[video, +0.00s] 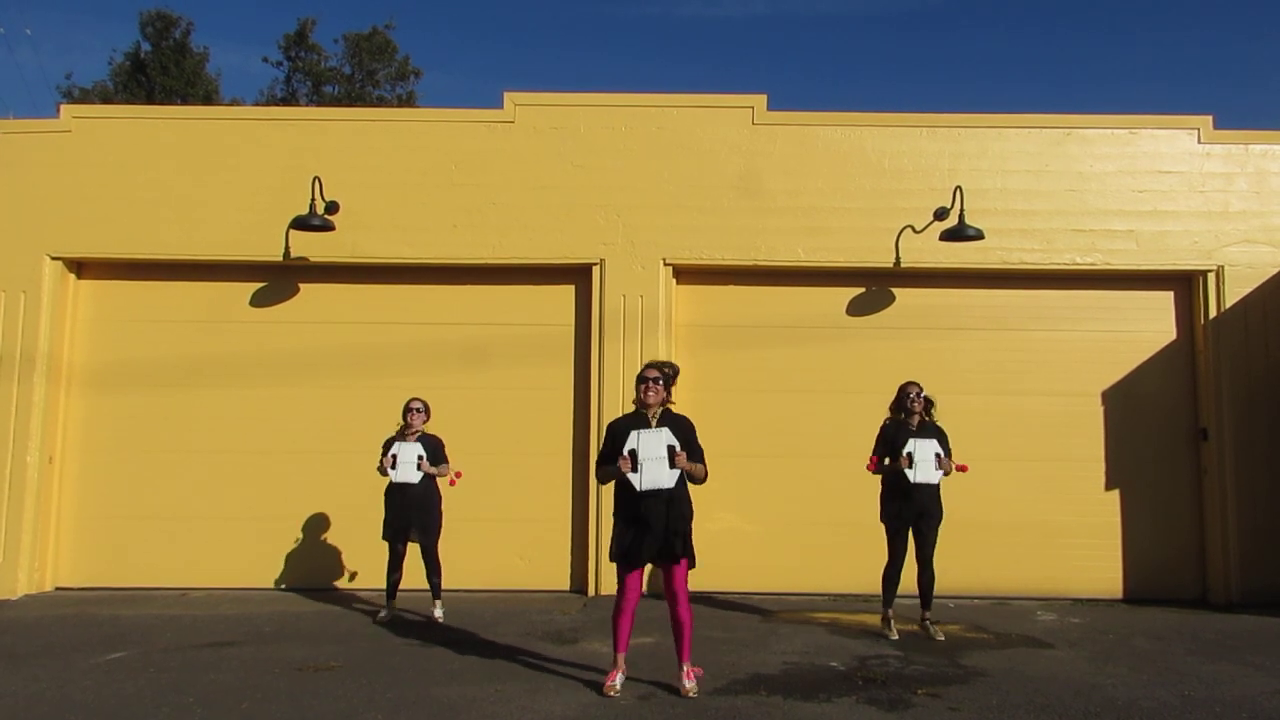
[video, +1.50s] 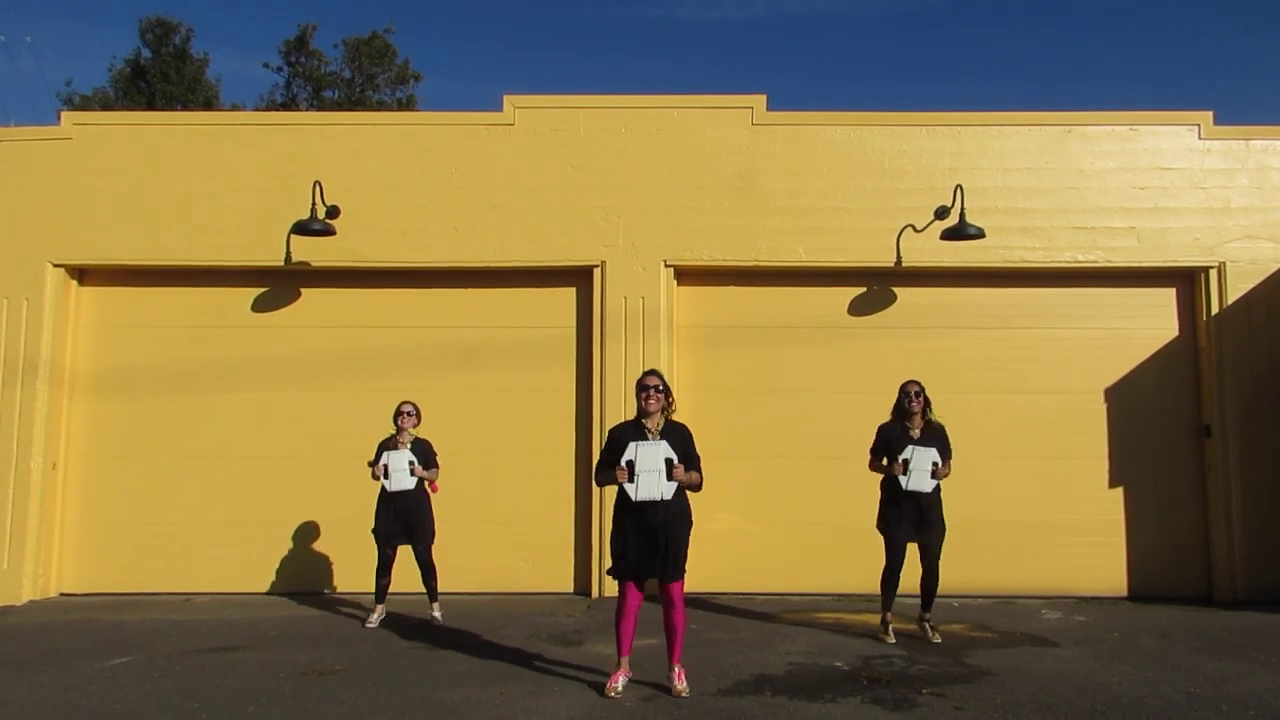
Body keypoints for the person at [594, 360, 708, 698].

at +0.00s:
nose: (649, 386)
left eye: (656, 382)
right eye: (644, 381)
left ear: (667, 390)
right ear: (636, 387)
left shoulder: (681, 425)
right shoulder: (619, 427)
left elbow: (701, 475)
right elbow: (601, 476)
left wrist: (686, 465)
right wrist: (618, 467)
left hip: (674, 524)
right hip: (632, 524)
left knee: (678, 597)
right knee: (627, 596)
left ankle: (685, 668)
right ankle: (618, 667)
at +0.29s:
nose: (647, 394)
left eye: (654, 390)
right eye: (641, 389)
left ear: (663, 394)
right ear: (634, 392)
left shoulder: (676, 426)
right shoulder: (620, 428)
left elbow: (697, 463)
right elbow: (605, 470)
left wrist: (687, 455)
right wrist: (619, 458)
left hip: (672, 523)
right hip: (629, 524)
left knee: (686, 595)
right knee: (618, 599)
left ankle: (696, 667)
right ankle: (609, 666)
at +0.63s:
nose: (646, 384)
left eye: (653, 380)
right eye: (641, 379)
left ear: (664, 386)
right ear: (633, 385)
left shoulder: (678, 422)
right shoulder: (617, 424)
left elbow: (697, 467)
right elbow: (599, 468)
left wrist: (689, 473)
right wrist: (617, 475)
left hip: (671, 521)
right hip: (629, 521)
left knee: (677, 593)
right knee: (624, 593)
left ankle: (687, 669)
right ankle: (613, 668)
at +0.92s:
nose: (646, 389)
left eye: (653, 384)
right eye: (640, 384)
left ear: (663, 389)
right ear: (633, 388)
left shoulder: (677, 423)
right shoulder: (621, 425)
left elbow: (699, 467)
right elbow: (605, 467)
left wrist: (688, 459)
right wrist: (621, 467)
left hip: (673, 517)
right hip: (630, 518)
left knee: (683, 590)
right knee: (621, 592)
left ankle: (685, 661)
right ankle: (616, 661)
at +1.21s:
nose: (648, 397)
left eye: (655, 391)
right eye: (643, 391)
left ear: (665, 395)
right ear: (635, 394)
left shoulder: (679, 428)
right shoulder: (622, 429)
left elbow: (698, 475)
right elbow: (605, 476)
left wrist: (688, 463)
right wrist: (619, 465)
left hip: (672, 526)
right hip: (631, 526)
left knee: (681, 598)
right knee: (623, 598)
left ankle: (697, 677)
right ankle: (611, 675)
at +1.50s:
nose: (650, 394)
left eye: (657, 390)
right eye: (645, 389)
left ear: (667, 396)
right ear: (637, 395)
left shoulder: (680, 433)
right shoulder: (621, 433)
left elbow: (697, 481)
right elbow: (600, 476)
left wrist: (683, 476)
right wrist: (616, 474)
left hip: (672, 529)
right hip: (631, 529)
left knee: (673, 597)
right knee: (629, 598)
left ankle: (676, 668)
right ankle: (622, 667)